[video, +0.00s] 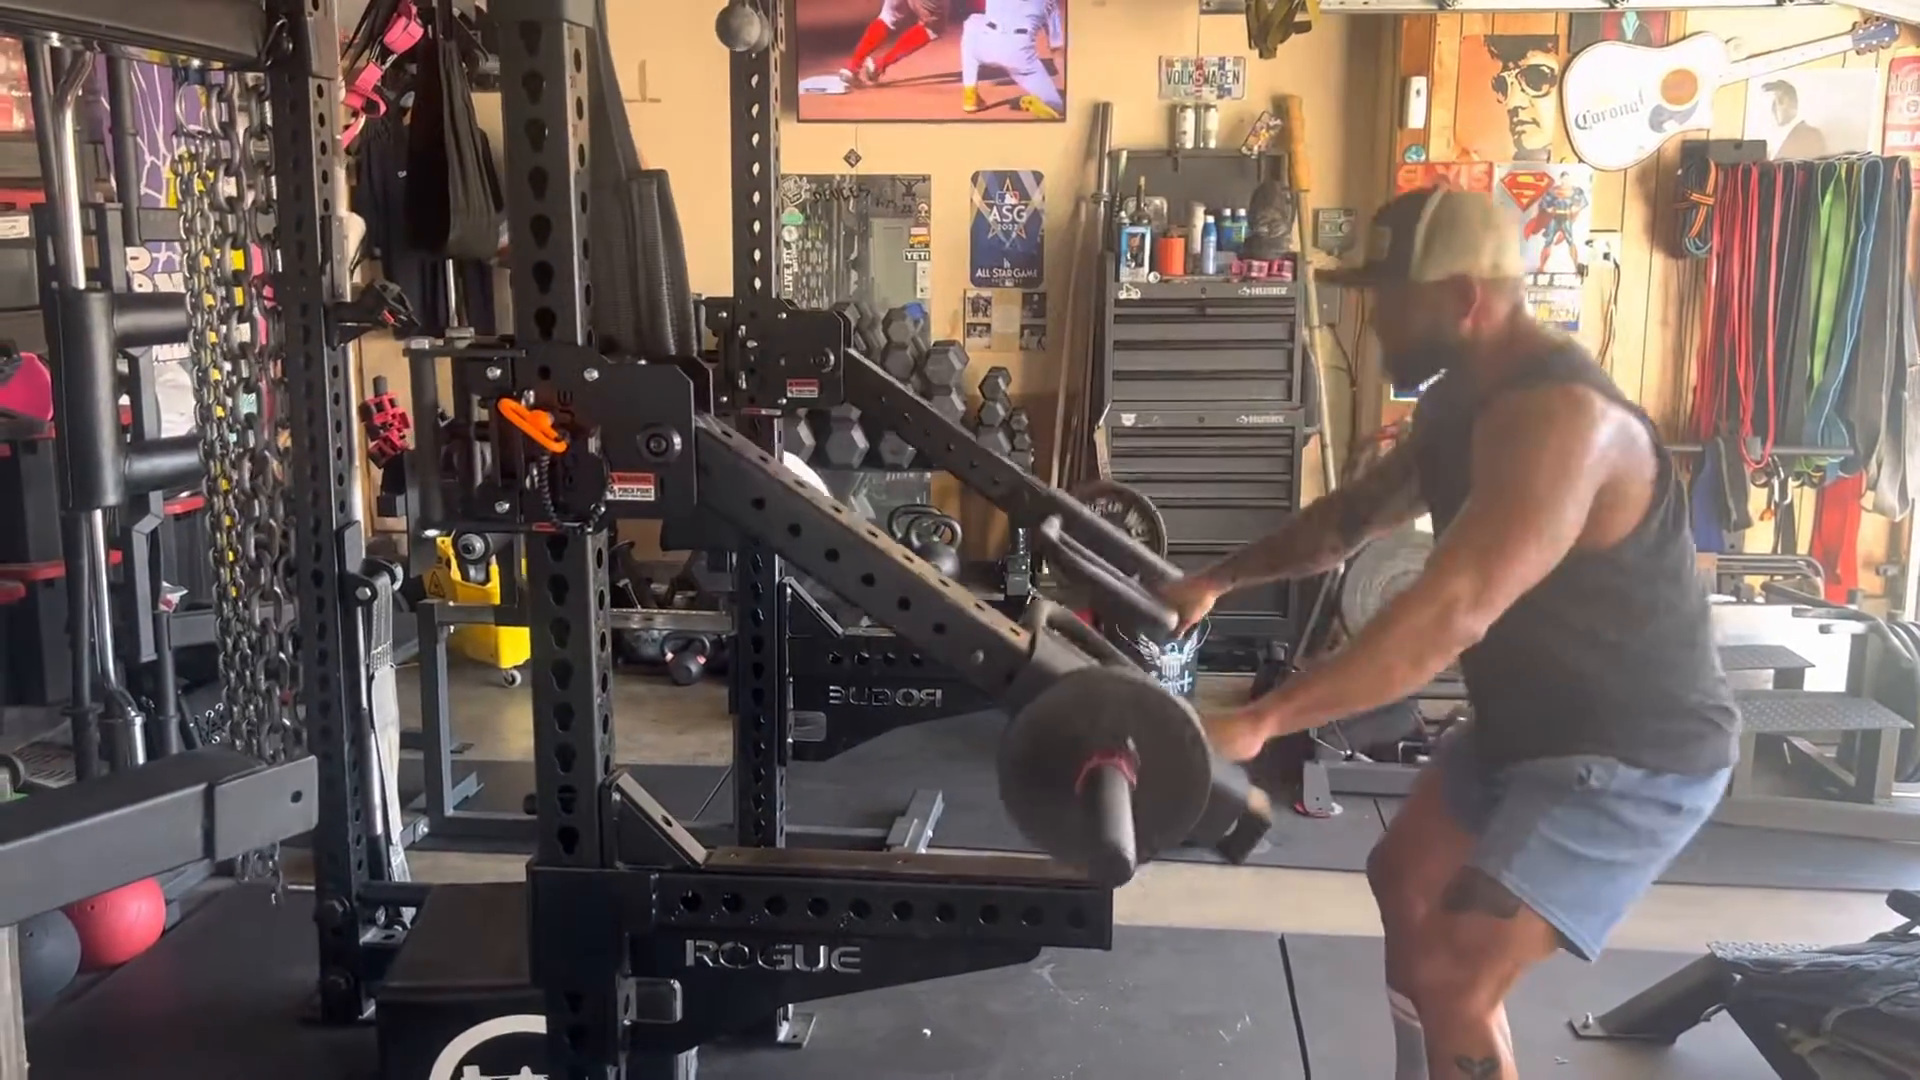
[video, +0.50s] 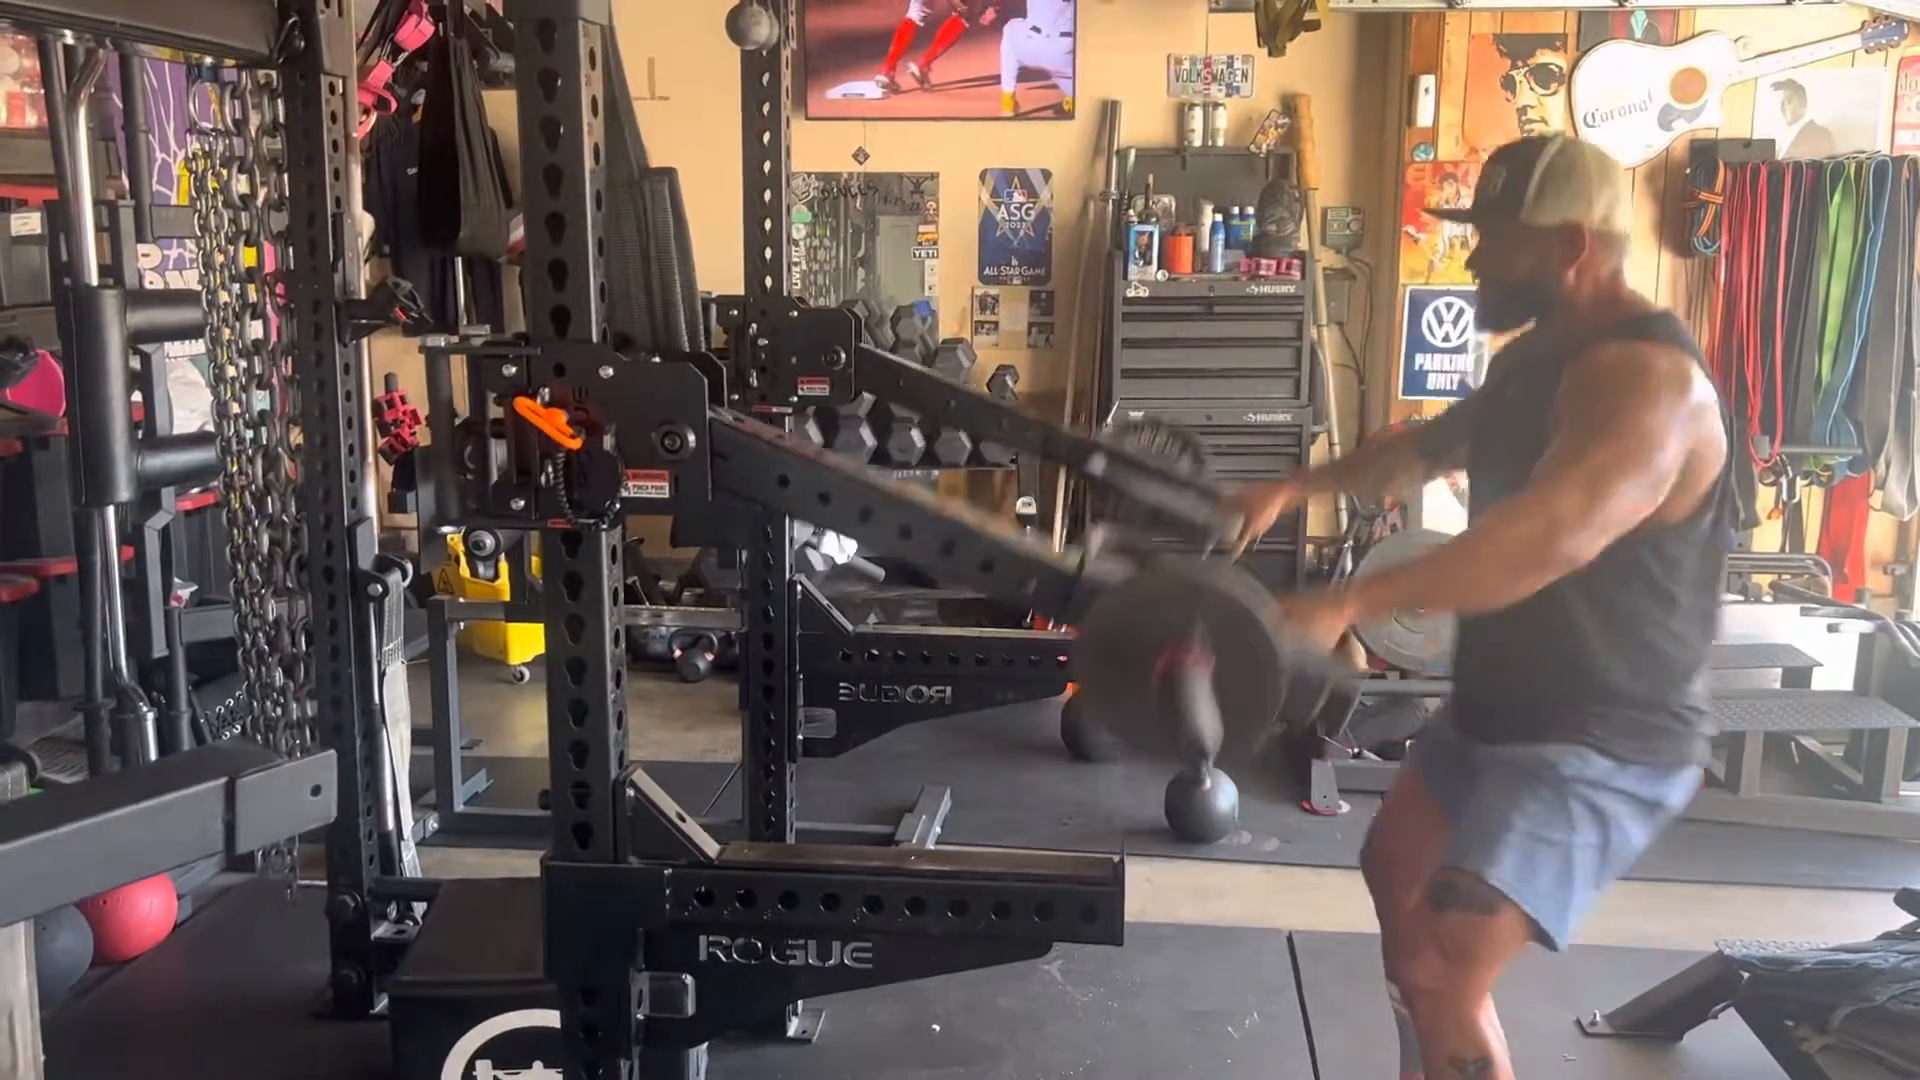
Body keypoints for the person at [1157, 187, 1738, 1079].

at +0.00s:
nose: (1372, 310)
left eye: (1388, 288)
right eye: (1373, 288)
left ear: (1467, 302)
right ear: (1466, 304)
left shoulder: (1559, 417)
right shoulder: (1462, 402)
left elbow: (1453, 608)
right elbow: (1350, 517)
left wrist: (1261, 718)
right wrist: (1216, 578)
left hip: (1629, 750)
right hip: (1523, 724)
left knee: (1453, 987)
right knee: (1405, 876)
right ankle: (1444, 1047)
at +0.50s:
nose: (1474, 256)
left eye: (1492, 234)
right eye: (1476, 234)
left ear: (1572, 249)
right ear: (1567, 253)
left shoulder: (1647, 378)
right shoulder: (1533, 360)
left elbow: (1554, 535)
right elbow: (1422, 452)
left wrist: (1355, 602)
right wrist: (1294, 487)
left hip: (1602, 737)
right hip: (1496, 706)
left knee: (1441, 971)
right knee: (1395, 866)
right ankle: (1435, 1060)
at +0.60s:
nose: (1456, 224)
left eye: (1471, 200)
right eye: (1458, 201)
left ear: (1548, 206)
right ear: (1538, 209)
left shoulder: (1628, 330)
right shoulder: (1514, 324)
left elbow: (1649, 440)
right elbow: (1435, 369)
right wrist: (1334, 352)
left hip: (1504, 697)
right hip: (1424, 674)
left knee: (1433, 973)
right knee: (1402, 936)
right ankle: (1432, 1067)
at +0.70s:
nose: (1391, 223)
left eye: (1410, 202)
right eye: (1387, 200)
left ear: (1471, 198)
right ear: (1403, 194)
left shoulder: (1549, 308)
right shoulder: (1444, 298)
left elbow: (1619, 390)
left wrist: (1411, 312)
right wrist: (1286, 268)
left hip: (1447, 703)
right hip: (1387, 688)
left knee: (1418, 972)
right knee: (1408, 963)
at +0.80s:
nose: (1316, 217)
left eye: (1324, 197)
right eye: (1313, 199)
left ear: (1345, 201)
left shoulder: (1428, 301)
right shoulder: (1363, 306)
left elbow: (1519, 330)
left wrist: (1355, 197)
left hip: (1415, 704)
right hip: (1378, 695)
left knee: (1418, 978)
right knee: (1409, 968)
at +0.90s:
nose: (1214, 265)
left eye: (1216, 241)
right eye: (1207, 249)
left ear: (1268, 211)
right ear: (1281, 214)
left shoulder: (1377, 294)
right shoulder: (1316, 310)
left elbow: (1406, 236)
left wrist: (1259, 68)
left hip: (1408, 701)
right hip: (1367, 695)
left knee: (1423, 970)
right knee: (1412, 963)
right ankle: (1439, 1072)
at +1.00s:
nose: (1177, 253)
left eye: (1193, 228)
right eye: (1179, 230)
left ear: (1250, 221)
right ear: (1248, 227)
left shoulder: (1332, 290)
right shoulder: (1277, 304)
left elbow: (1311, 167)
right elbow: (1212, 196)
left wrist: (1189, 8)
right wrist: (1166, 98)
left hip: (1402, 696)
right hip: (1366, 692)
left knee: (1424, 971)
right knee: (1413, 962)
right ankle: (1438, 1069)